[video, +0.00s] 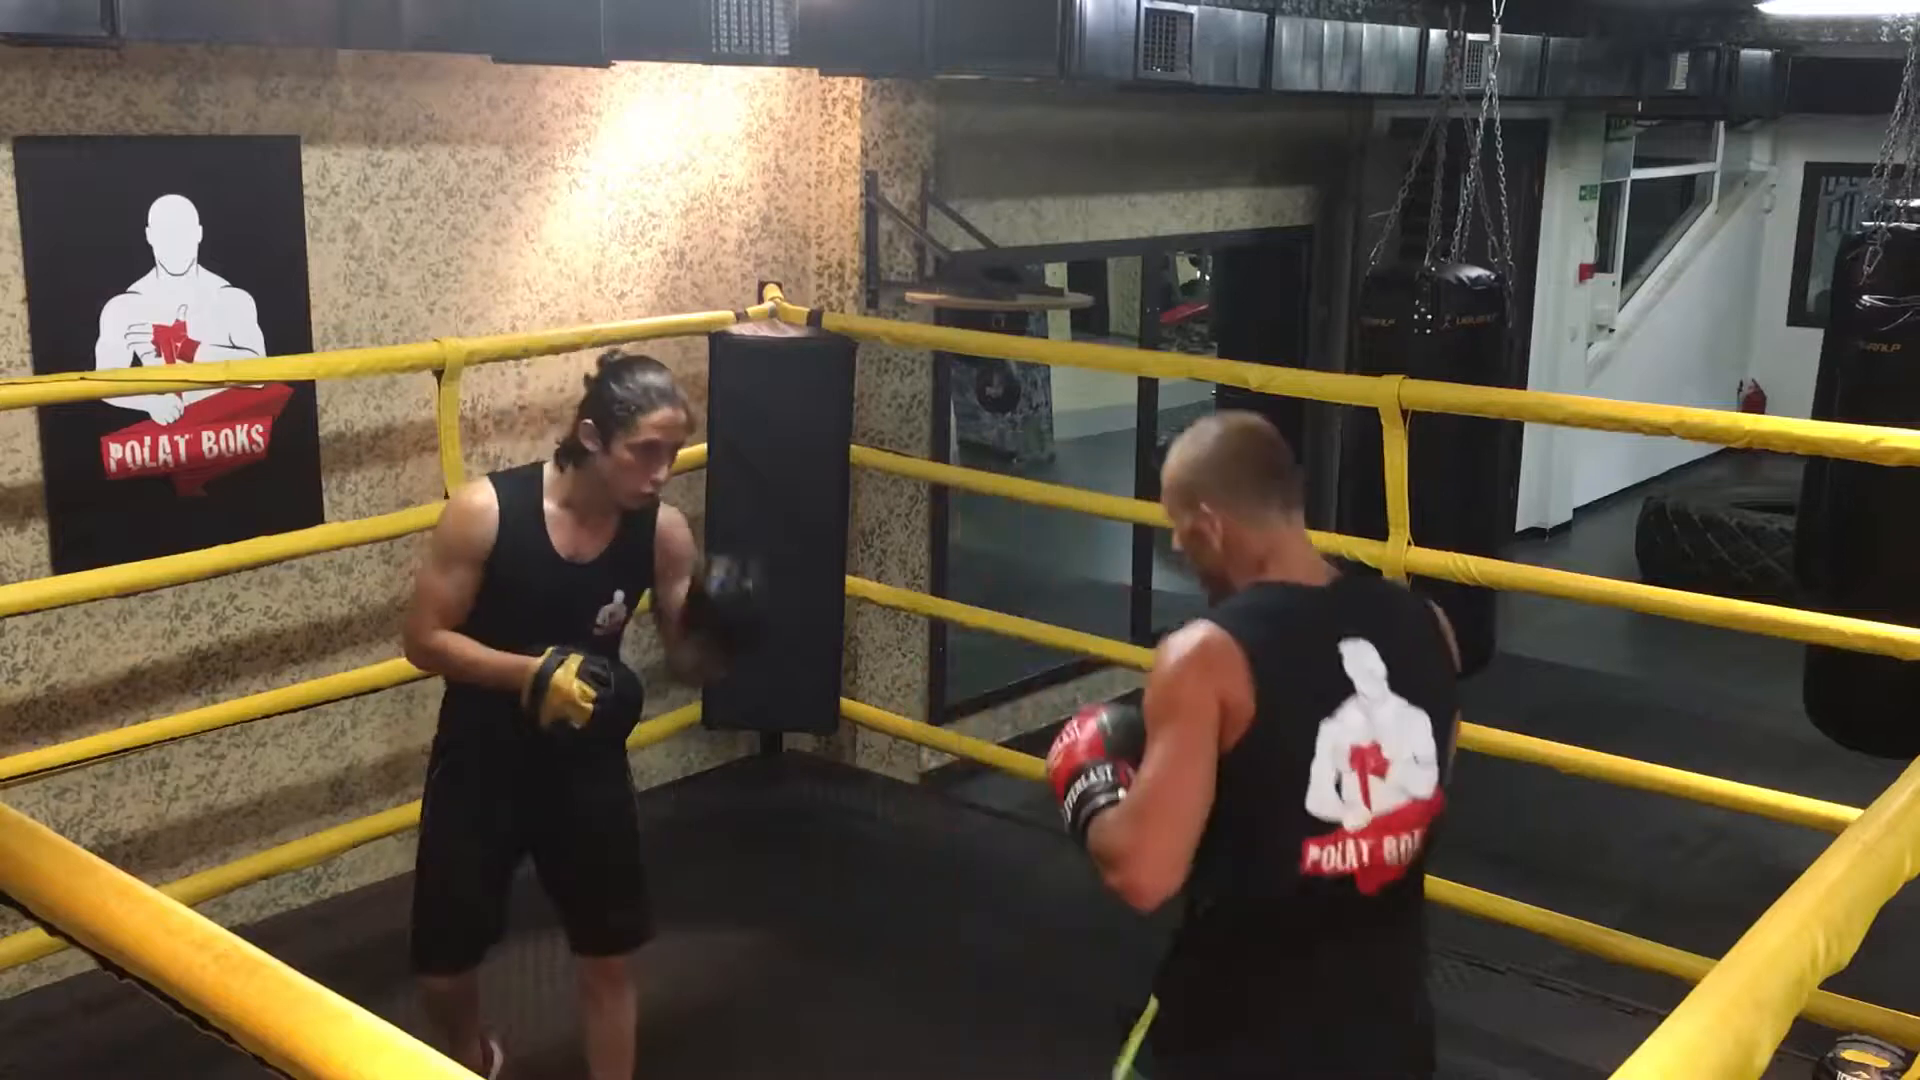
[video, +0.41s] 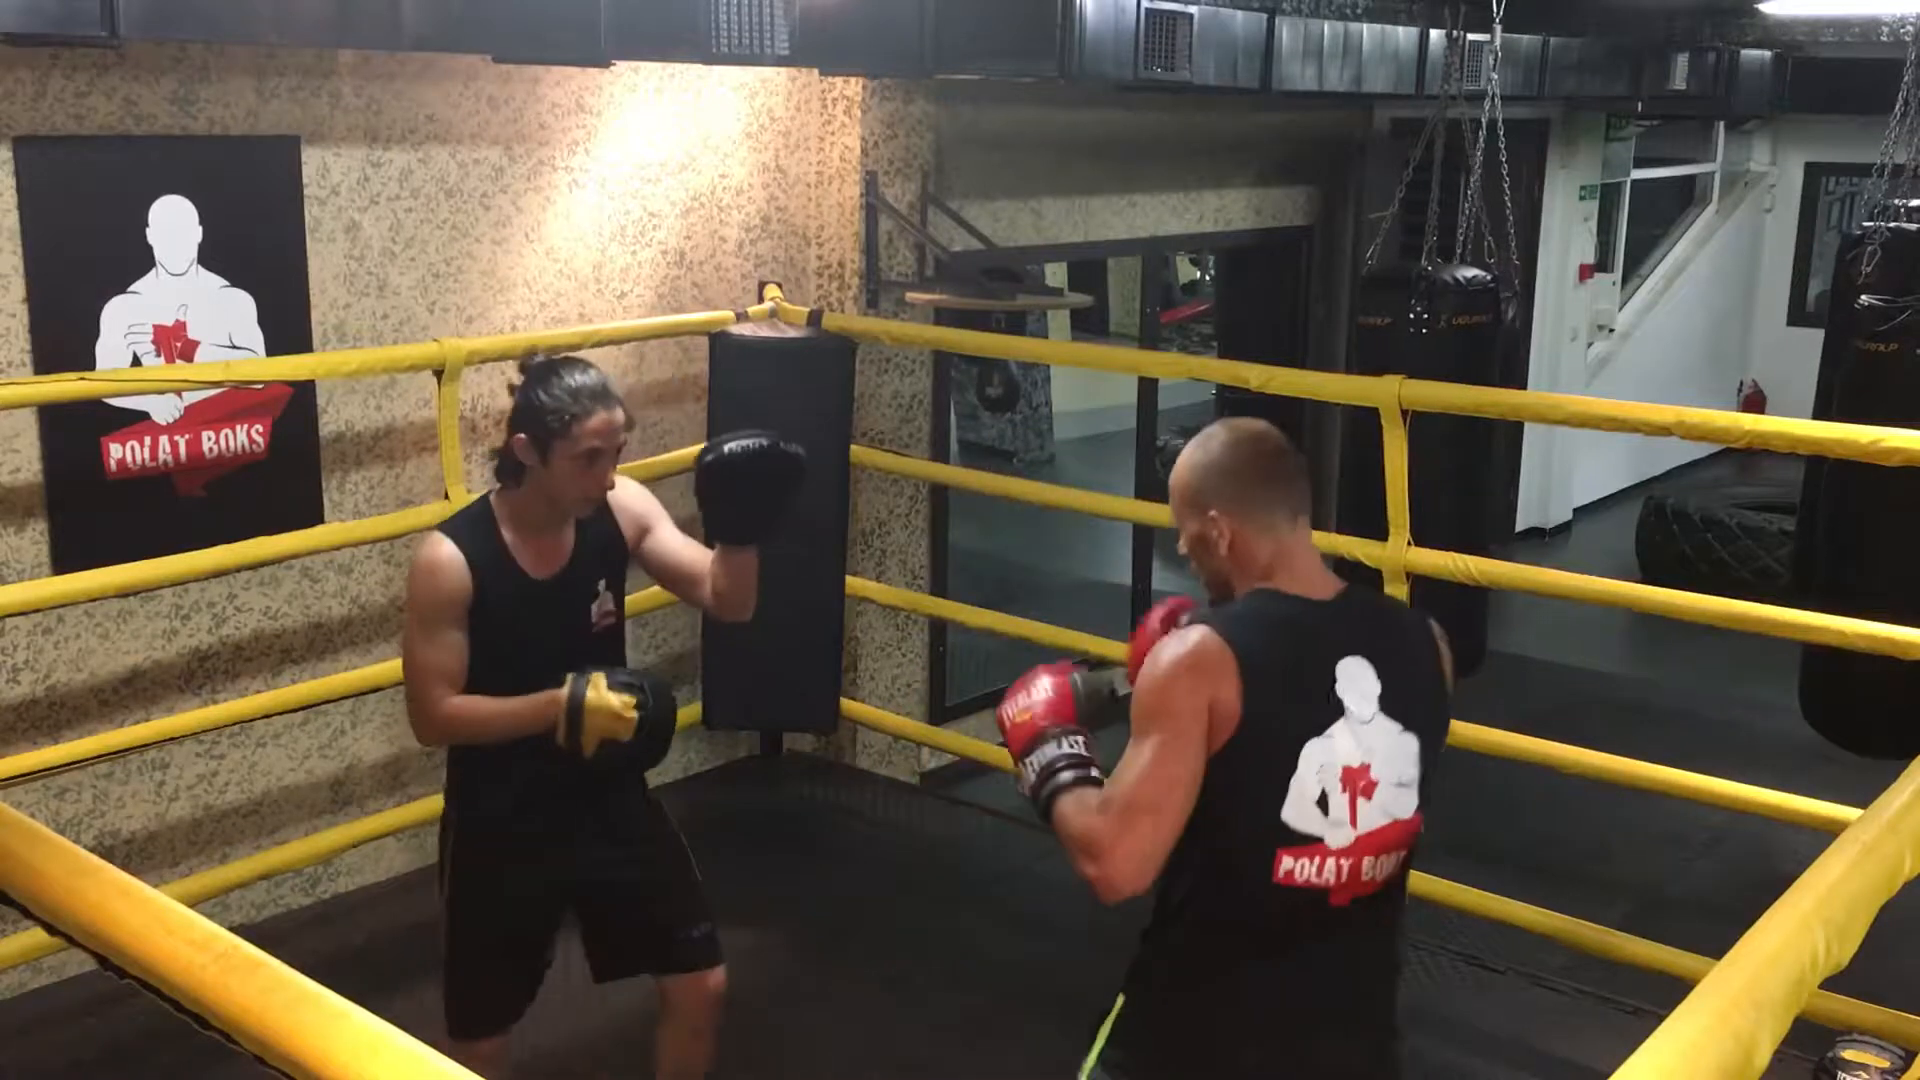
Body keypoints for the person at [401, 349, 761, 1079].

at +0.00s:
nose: (660, 474)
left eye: (671, 454)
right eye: (646, 453)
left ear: (679, 449)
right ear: (591, 437)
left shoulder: (662, 532)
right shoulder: (486, 511)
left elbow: (689, 665)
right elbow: (422, 637)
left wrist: (721, 622)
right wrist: (532, 674)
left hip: (588, 765)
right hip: (480, 763)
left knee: (608, 963)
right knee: (443, 966)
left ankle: (613, 1071)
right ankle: (474, 1059)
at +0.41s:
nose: (609, 476)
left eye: (616, 454)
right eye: (590, 459)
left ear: (622, 441)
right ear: (525, 450)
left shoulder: (623, 508)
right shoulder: (449, 561)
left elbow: (730, 601)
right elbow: (431, 715)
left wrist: (741, 516)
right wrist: (563, 706)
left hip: (610, 794)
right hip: (499, 814)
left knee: (698, 982)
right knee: (478, 1035)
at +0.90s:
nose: (655, 450)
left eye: (663, 428)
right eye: (633, 430)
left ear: (670, 423)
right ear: (573, 427)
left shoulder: (688, 513)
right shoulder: (507, 548)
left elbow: (754, 597)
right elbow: (479, 702)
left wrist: (793, 619)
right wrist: (606, 697)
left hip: (663, 807)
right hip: (547, 816)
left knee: (705, 1016)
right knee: (502, 1025)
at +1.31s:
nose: (768, 450)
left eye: (775, 431)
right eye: (750, 430)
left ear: (780, 435)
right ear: (693, 429)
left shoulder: (760, 533)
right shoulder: (611, 539)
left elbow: (755, 634)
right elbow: (565, 686)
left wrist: (790, 684)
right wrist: (693, 730)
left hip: (726, 784)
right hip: (617, 793)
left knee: (802, 953)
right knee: (543, 1003)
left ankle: (828, 1071)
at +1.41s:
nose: (829, 444)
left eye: (837, 427)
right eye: (811, 425)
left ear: (841, 432)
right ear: (755, 422)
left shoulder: (818, 532)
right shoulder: (663, 519)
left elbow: (807, 631)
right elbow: (603, 652)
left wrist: (824, 678)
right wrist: (712, 716)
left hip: (767, 770)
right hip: (656, 770)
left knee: (815, 944)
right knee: (578, 962)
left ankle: (831, 1072)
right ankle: (539, 1073)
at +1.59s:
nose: (871, 427)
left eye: (882, 411)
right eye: (857, 406)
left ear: (887, 419)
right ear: (808, 399)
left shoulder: (872, 517)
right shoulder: (710, 485)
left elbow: (881, 636)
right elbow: (658, 609)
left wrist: (850, 682)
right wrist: (756, 679)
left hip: (811, 745)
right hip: (707, 739)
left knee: (831, 927)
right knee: (671, 918)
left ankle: (834, 1069)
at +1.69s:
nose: (863, 412)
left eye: (878, 398)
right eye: (849, 392)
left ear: (887, 408)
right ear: (807, 392)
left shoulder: (887, 506)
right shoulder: (719, 478)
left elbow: (906, 617)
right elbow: (669, 599)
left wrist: (871, 654)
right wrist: (756, 655)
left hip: (830, 730)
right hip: (730, 726)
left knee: (840, 922)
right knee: (735, 898)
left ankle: (836, 1071)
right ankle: (805, 1012)